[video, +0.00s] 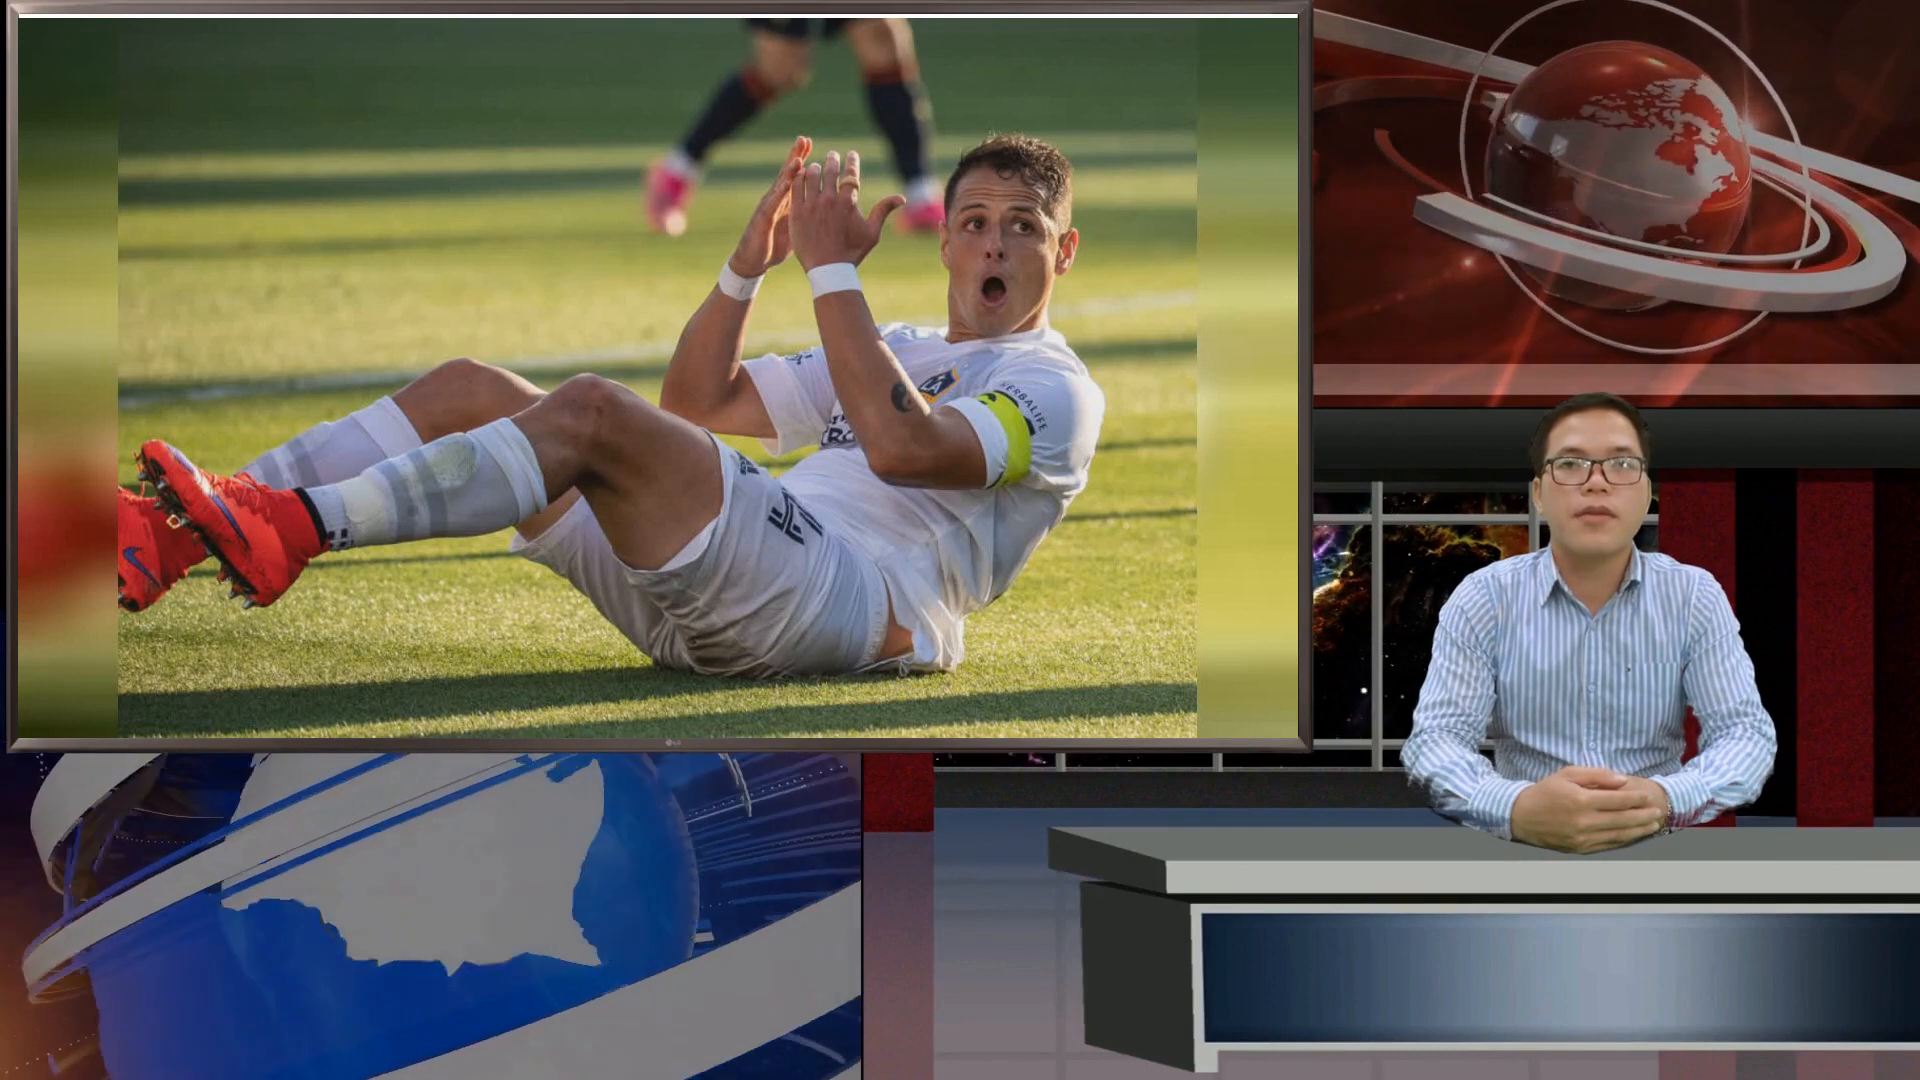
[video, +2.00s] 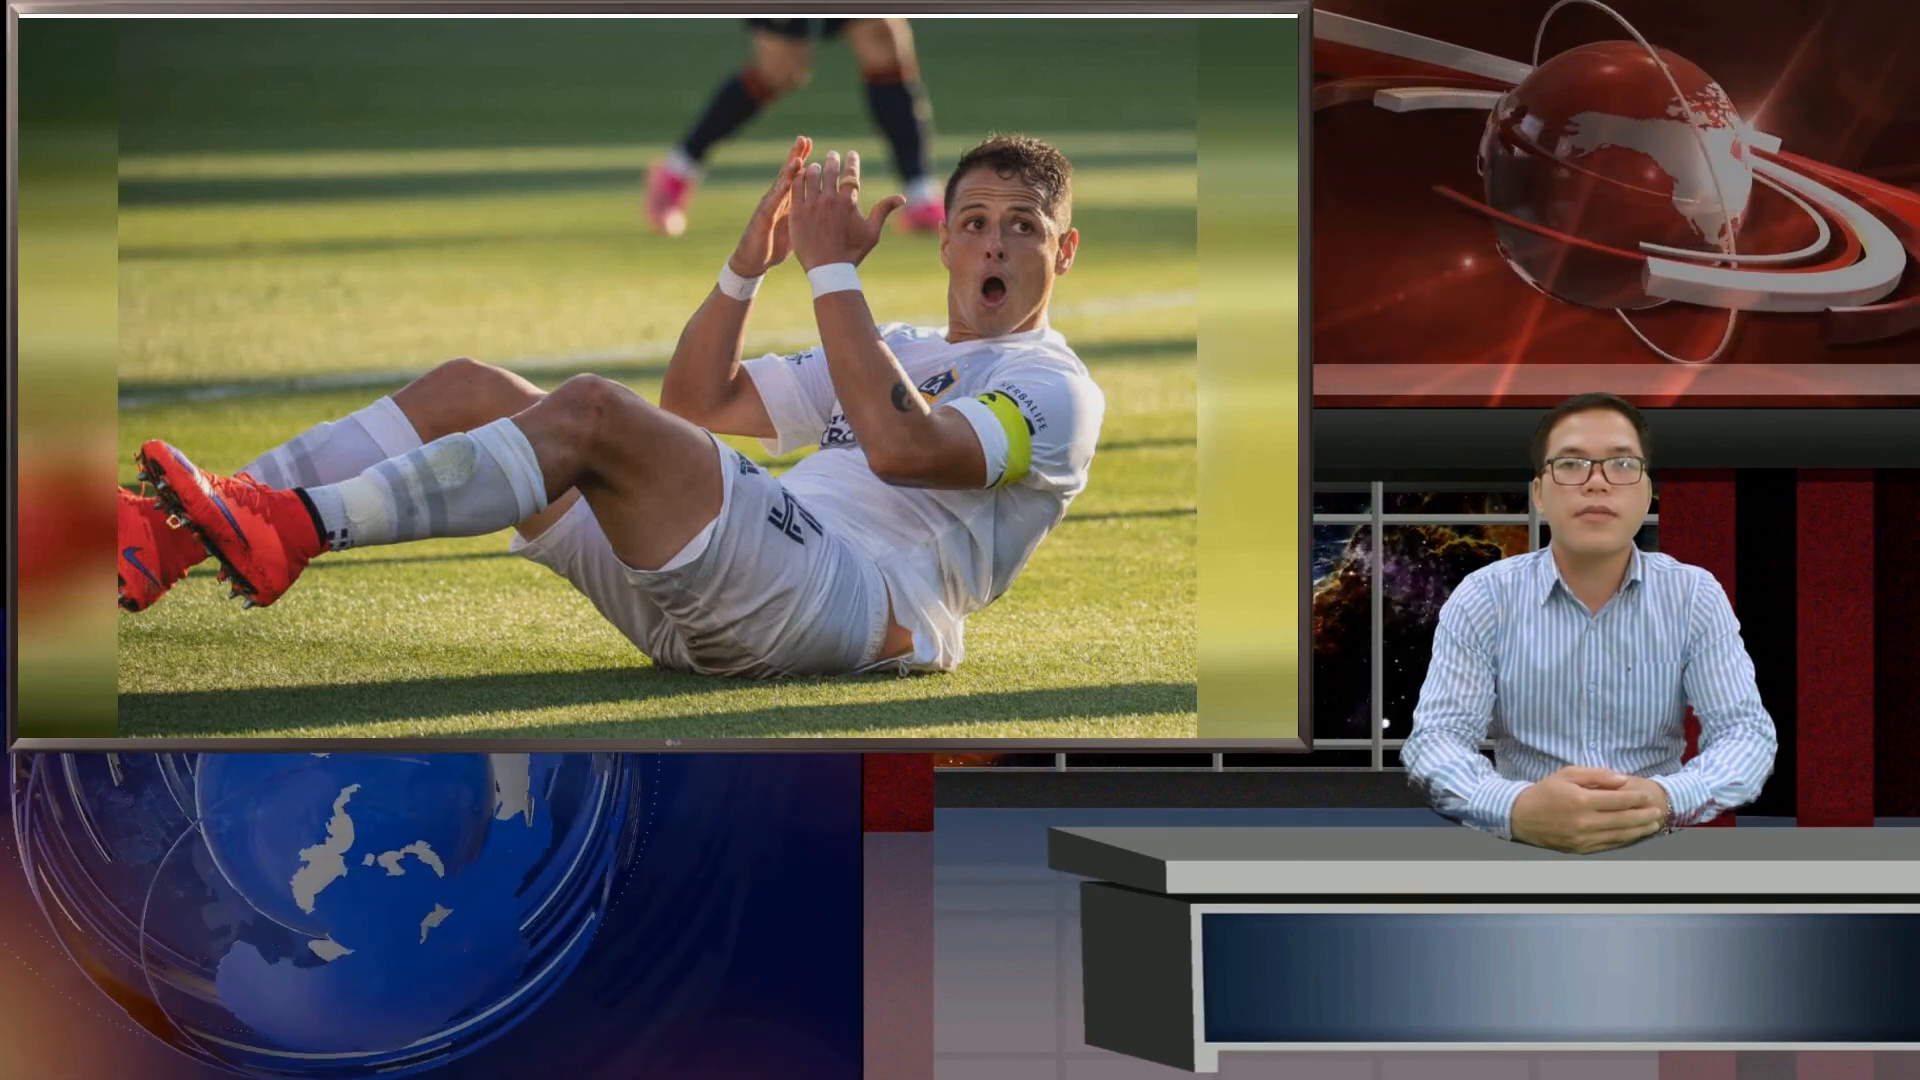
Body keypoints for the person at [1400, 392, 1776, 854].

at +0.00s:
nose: (1596, 483)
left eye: (1620, 464)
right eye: (1570, 464)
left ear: (1647, 495)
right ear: (1539, 496)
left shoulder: (1691, 598)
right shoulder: (1484, 601)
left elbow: (1745, 735)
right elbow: (1434, 744)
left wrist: (1667, 799)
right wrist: (1514, 809)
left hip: (1656, 852)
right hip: (1519, 856)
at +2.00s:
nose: (1596, 483)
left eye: (1620, 464)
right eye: (1571, 464)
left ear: (1647, 495)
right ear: (1539, 496)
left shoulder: (1691, 598)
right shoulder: (1484, 600)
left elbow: (1745, 735)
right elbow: (1434, 744)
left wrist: (1667, 799)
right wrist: (1514, 809)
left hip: (1657, 853)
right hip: (1520, 857)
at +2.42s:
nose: (1597, 483)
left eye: (1621, 464)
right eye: (1571, 464)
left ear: (1647, 495)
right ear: (1539, 496)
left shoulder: (1691, 598)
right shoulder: (1484, 601)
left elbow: (1745, 735)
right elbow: (1434, 744)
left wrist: (1667, 799)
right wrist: (1514, 809)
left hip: (1656, 853)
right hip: (1520, 857)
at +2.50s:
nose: (1597, 483)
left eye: (1621, 464)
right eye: (1571, 464)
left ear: (1647, 495)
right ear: (1539, 496)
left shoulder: (1691, 598)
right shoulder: (1485, 600)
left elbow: (1745, 735)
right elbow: (1434, 744)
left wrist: (1667, 799)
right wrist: (1514, 809)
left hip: (1656, 853)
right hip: (1520, 857)